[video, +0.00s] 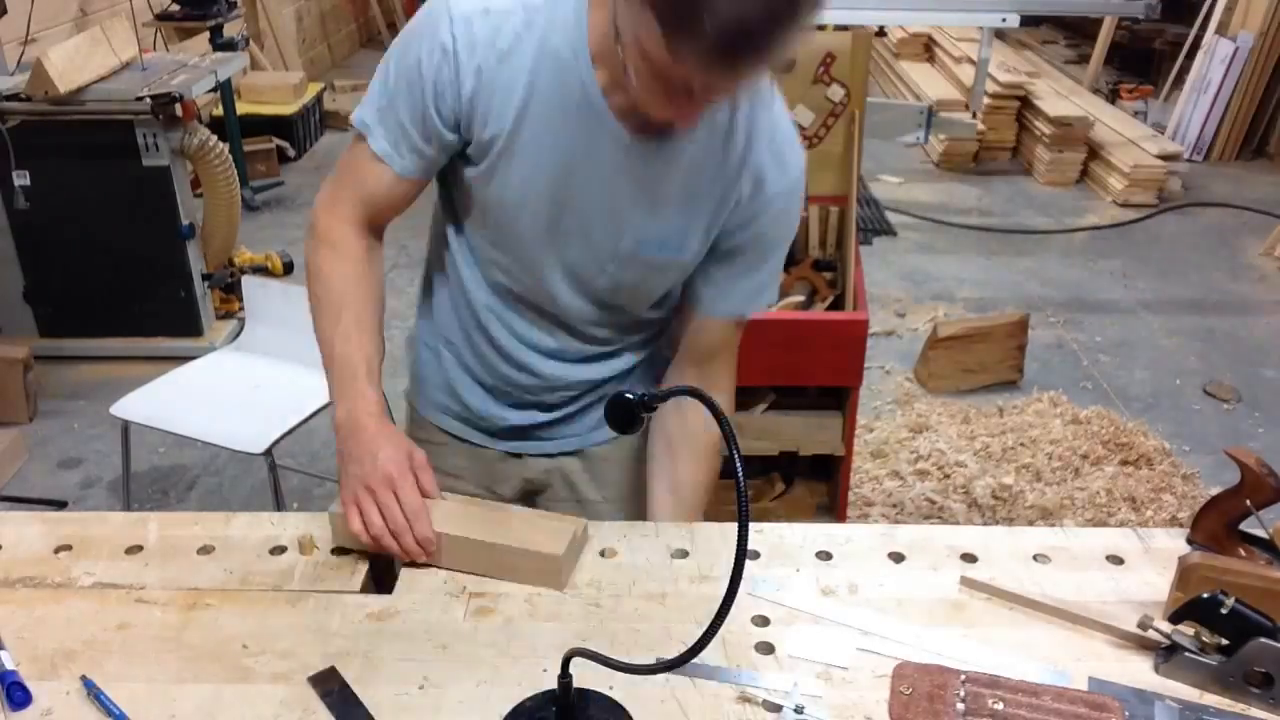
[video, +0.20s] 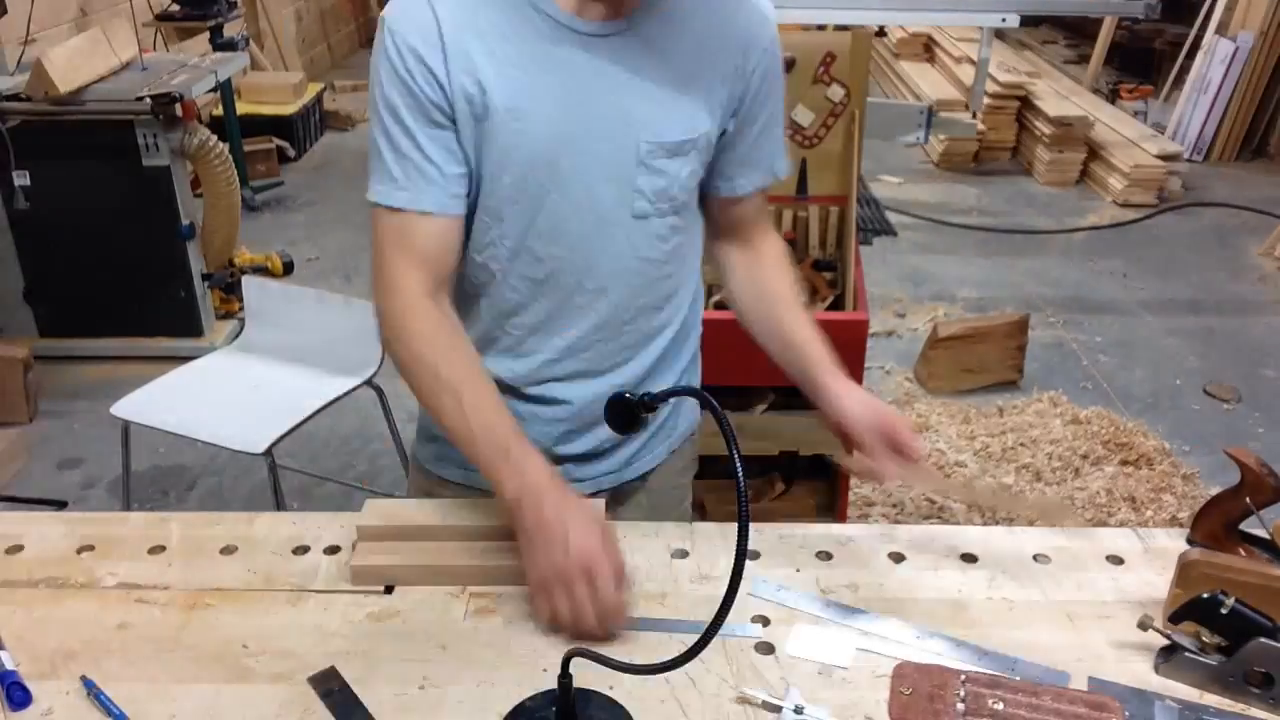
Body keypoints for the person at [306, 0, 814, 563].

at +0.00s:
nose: (678, 116)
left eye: (710, 95)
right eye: (660, 77)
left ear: (752, 68)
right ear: (617, 5)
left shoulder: (764, 163)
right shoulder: (468, 39)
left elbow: (703, 374)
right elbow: (345, 219)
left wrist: (673, 568)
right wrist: (362, 427)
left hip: (611, 435)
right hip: (454, 421)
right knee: (437, 659)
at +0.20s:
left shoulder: (734, 26)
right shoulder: (431, 30)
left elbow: (745, 230)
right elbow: (412, 301)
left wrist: (833, 387)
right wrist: (533, 490)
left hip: (654, 454)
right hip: (475, 464)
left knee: (647, 687)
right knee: (465, 687)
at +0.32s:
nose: (594, 13)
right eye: (571, 4)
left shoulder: (759, 35)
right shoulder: (442, 30)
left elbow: (803, 252)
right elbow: (404, 241)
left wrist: (784, 437)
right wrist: (492, 381)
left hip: (700, 476)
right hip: (516, 474)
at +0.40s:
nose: (610, 15)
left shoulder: (791, 35)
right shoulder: (475, 33)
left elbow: (834, 238)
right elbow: (471, 210)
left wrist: (786, 418)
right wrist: (489, 322)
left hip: (717, 470)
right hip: (536, 459)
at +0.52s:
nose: (405, 272)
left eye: (387, 240)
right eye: (379, 254)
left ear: (437, 156)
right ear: (443, 145)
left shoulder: (660, 218)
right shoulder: (554, 159)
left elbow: (716, 512)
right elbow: (628, 358)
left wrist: (474, 512)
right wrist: (521, 471)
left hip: (869, 440)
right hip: (754, 416)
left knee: (815, 684)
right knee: (712, 666)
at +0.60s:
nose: (465, 336)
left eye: (473, 313)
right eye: (444, 328)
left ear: (516, 218)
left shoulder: (668, 240)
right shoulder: (517, 177)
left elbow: (709, 535)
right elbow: (525, 357)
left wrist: (461, 520)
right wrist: (464, 431)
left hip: (851, 404)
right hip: (722, 395)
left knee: (802, 667)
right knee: (676, 645)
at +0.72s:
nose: (448, 164)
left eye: (459, 130)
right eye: (425, 144)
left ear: (521, 25)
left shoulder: (663, 150)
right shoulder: (535, 65)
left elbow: (712, 449)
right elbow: (553, 212)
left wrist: (469, 507)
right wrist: (467, 302)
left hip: (781, 399)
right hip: (658, 376)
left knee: (759, 653)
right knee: (644, 623)